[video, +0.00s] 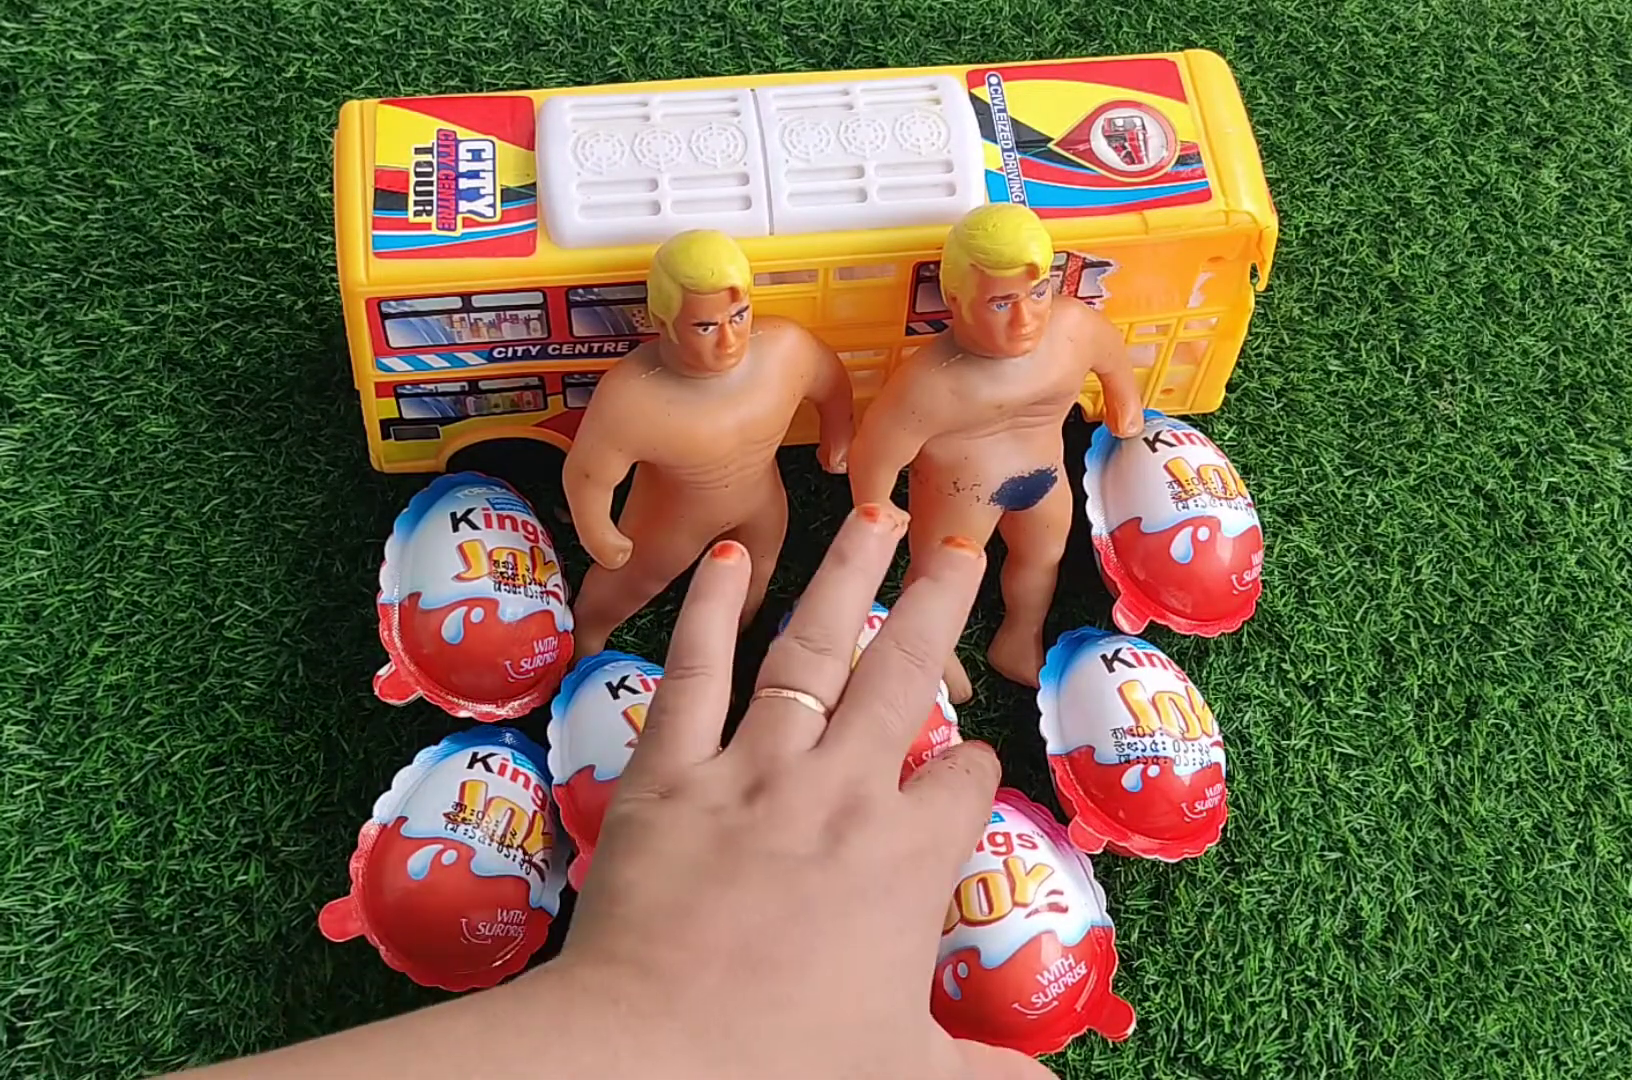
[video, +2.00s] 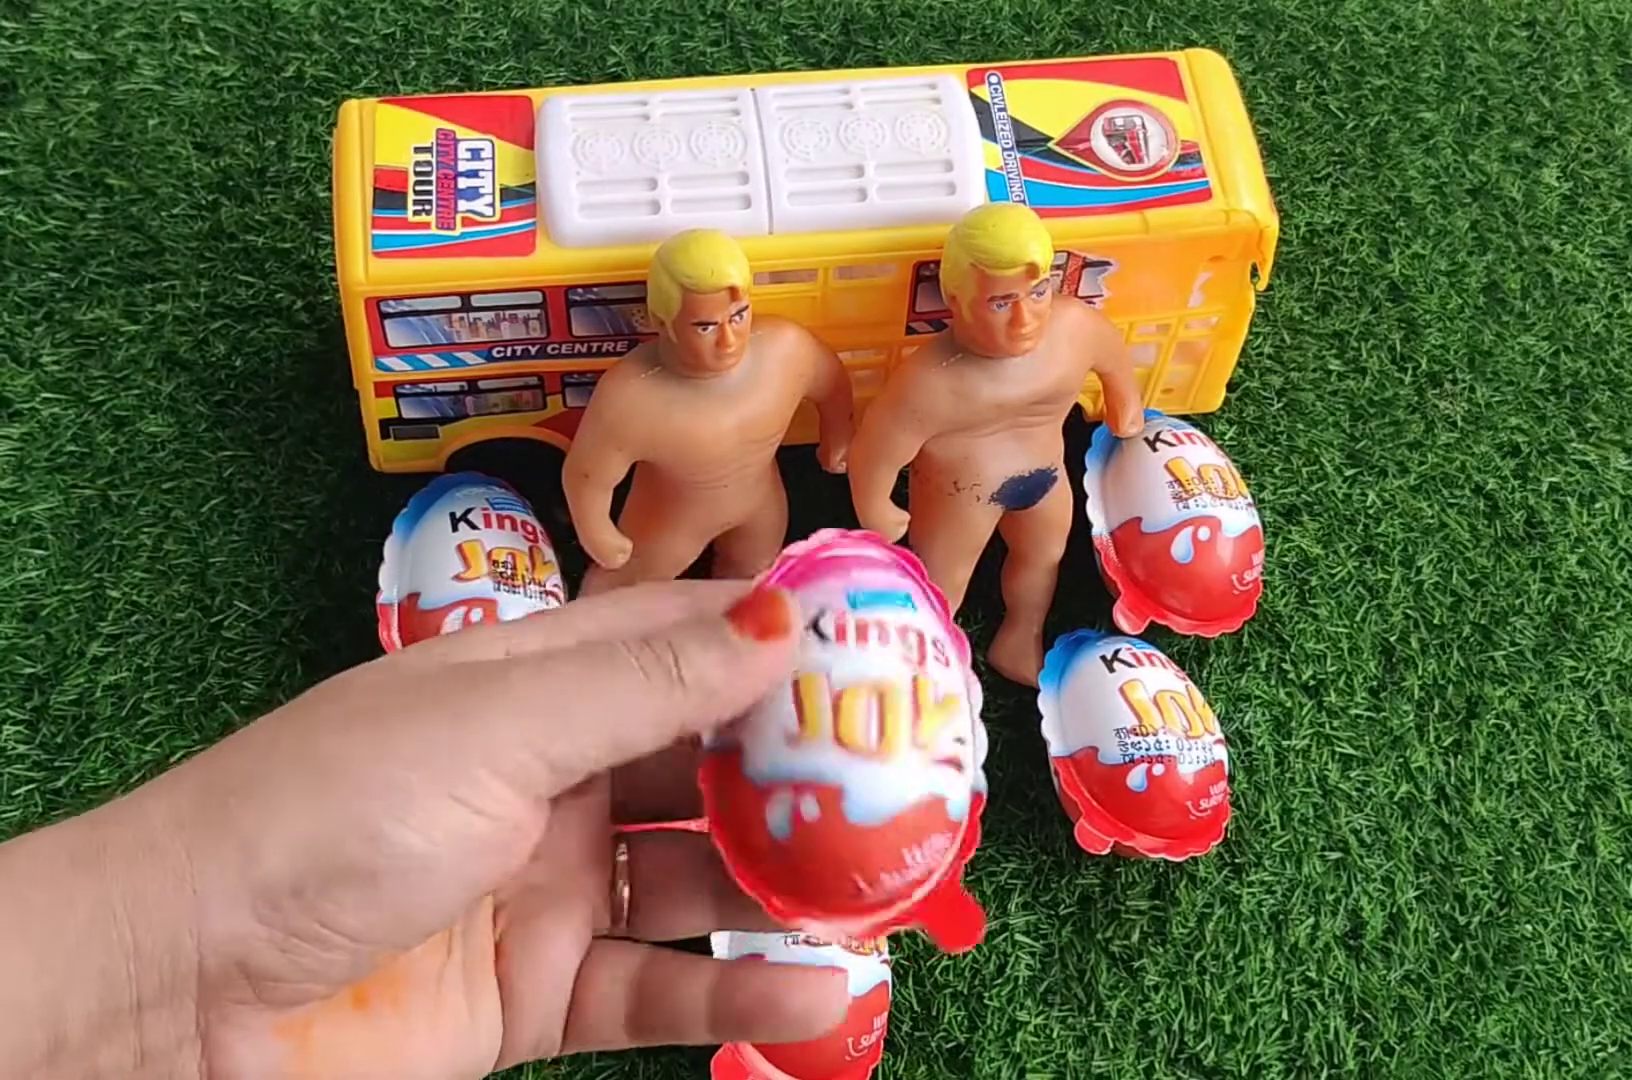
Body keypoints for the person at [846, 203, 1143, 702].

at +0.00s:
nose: (1024, 316)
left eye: (1036, 294)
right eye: (1000, 302)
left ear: (1049, 284)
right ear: (953, 303)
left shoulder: (1077, 326)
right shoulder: (927, 383)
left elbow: (1112, 357)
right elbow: (873, 456)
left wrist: (1125, 404)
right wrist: (875, 513)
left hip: (1044, 478)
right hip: (958, 493)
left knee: (1040, 561)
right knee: (938, 580)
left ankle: (1019, 643)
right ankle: (934, 647)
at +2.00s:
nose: (1024, 317)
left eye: (1037, 294)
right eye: (1000, 302)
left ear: (1051, 283)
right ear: (953, 303)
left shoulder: (1079, 328)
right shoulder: (927, 381)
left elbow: (1115, 362)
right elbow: (871, 458)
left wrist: (1126, 410)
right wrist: (879, 516)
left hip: (1044, 479)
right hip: (958, 492)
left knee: (1040, 563)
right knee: (940, 584)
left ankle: (1020, 643)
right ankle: (922, 662)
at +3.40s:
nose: (1025, 318)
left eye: (1038, 294)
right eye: (1000, 303)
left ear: (1052, 284)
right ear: (952, 303)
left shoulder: (1078, 327)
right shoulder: (927, 382)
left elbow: (1116, 363)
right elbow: (870, 466)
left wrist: (1127, 412)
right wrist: (882, 548)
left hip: (1044, 478)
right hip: (959, 491)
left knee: (1040, 564)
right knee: (949, 570)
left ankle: (1025, 644)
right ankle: (939, 649)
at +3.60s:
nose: (1025, 318)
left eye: (1037, 294)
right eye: (1000, 303)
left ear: (1051, 284)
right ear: (952, 303)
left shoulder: (1079, 328)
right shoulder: (927, 382)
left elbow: (1116, 364)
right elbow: (870, 467)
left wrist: (1126, 410)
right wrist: (884, 548)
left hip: (1044, 478)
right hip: (959, 490)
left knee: (1040, 564)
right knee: (945, 572)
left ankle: (1023, 648)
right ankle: (928, 647)